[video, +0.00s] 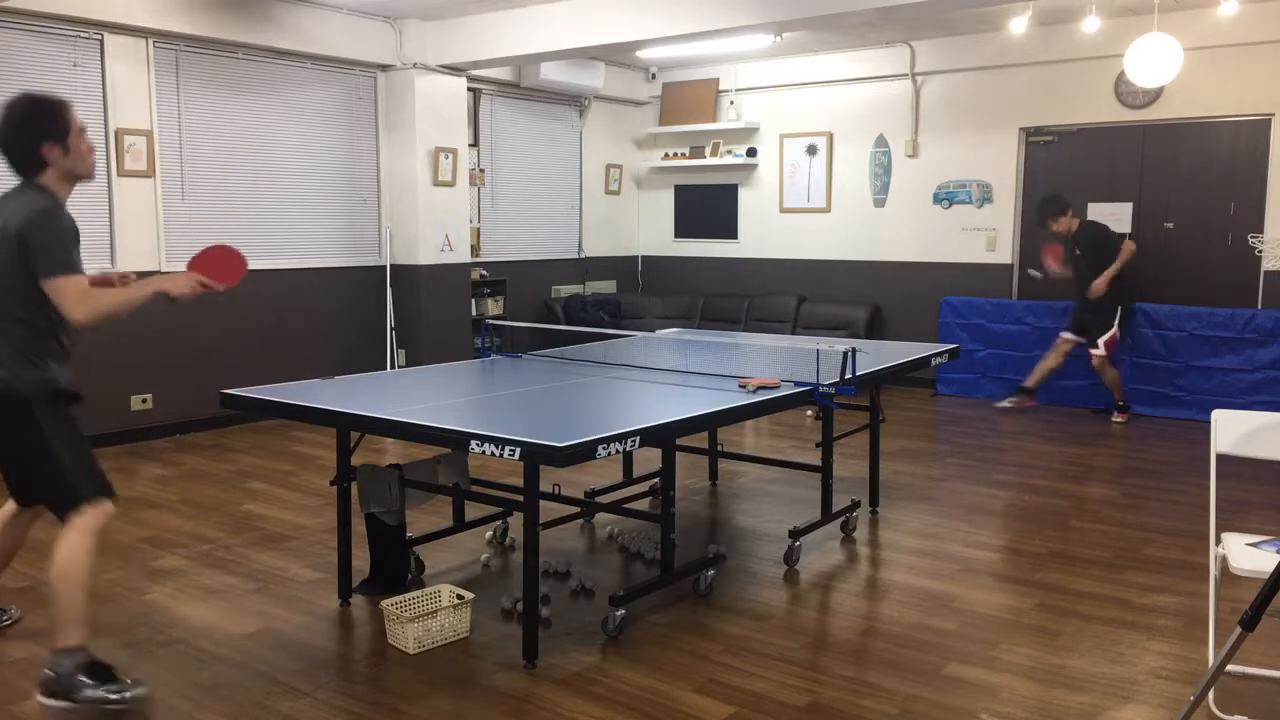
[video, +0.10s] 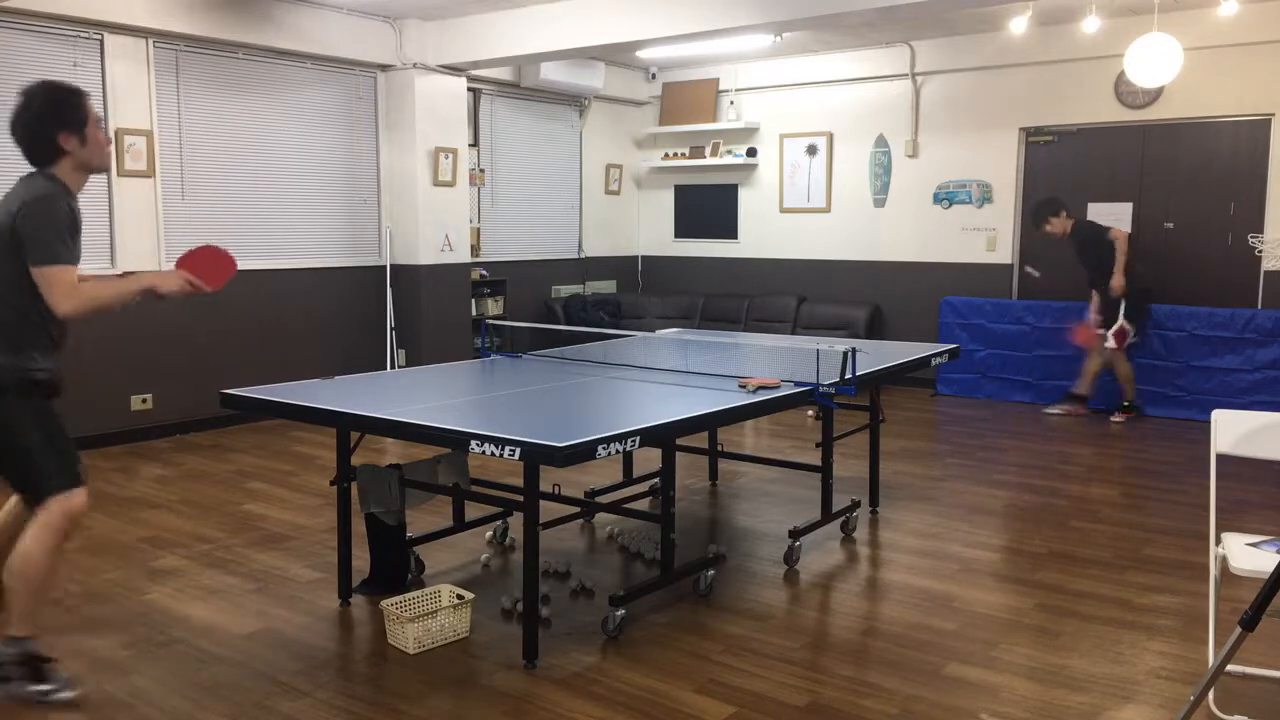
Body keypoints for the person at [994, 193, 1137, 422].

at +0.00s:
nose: (1055, 230)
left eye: (1055, 224)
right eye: (1051, 227)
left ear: (1065, 215)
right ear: (1053, 224)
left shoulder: (1093, 230)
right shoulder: (1071, 240)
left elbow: (1129, 247)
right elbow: (1082, 269)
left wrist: (1106, 277)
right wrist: (1059, 271)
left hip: (1111, 303)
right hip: (1088, 302)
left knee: (1099, 360)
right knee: (1061, 346)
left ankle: (1122, 405)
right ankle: (1025, 392)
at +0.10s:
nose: (1049, 231)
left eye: (1049, 225)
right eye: (1045, 228)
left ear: (1062, 215)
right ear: (1059, 218)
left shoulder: (1084, 228)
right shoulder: (1076, 237)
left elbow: (1120, 236)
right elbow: (1096, 278)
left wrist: (1118, 274)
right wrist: (1094, 312)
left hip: (1123, 292)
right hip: (1106, 296)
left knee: (1114, 348)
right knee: (1098, 346)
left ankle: (1130, 404)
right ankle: (1079, 398)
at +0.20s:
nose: (1046, 224)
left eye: (1049, 218)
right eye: (1043, 221)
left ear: (1065, 214)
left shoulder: (1080, 230)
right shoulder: (1077, 240)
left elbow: (1116, 230)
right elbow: (1109, 275)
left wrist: (1131, 261)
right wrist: (1102, 313)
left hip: (1140, 284)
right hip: (1129, 287)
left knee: (1136, 345)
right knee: (1131, 344)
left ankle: (1148, 408)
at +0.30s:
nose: (1053, 221)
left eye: (1057, 214)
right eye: (1051, 217)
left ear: (1074, 213)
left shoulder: (1084, 230)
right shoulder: (1082, 238)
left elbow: (1113, 236)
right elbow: (1117, 270)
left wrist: (1138, 262)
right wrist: (1103, 301)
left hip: (1139, 289)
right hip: (1134, 290)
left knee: (1138, 347)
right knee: (1139, 347)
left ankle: (1147, 409)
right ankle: (1140, 403)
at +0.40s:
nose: (1064, 210)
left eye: (1068, 204)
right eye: (1062, 206)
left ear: (1085, 205)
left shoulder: (1090, 225)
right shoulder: (1094, 228)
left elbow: (1115, 238)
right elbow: (1117, 270)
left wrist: (1130, 270)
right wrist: (1101, 297)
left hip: (1136, 291)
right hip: (1133, 292)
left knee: (1137, 348)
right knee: (1135, 348)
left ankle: (1147, 410)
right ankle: (1139, 404)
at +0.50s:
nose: (1073, 200)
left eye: (1078, 193)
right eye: (1072, 194)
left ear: (1094, 194)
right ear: (1083, 196)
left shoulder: (1099, 216)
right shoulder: (1094, 221)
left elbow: (1119, 235)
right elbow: (1112, 257)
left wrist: (1118, 271)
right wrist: (1097, 283)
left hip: (1134, 290)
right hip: (1124, 290)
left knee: (1135, 347)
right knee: (1127, 346)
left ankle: (1147, 410)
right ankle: (1137, 403)